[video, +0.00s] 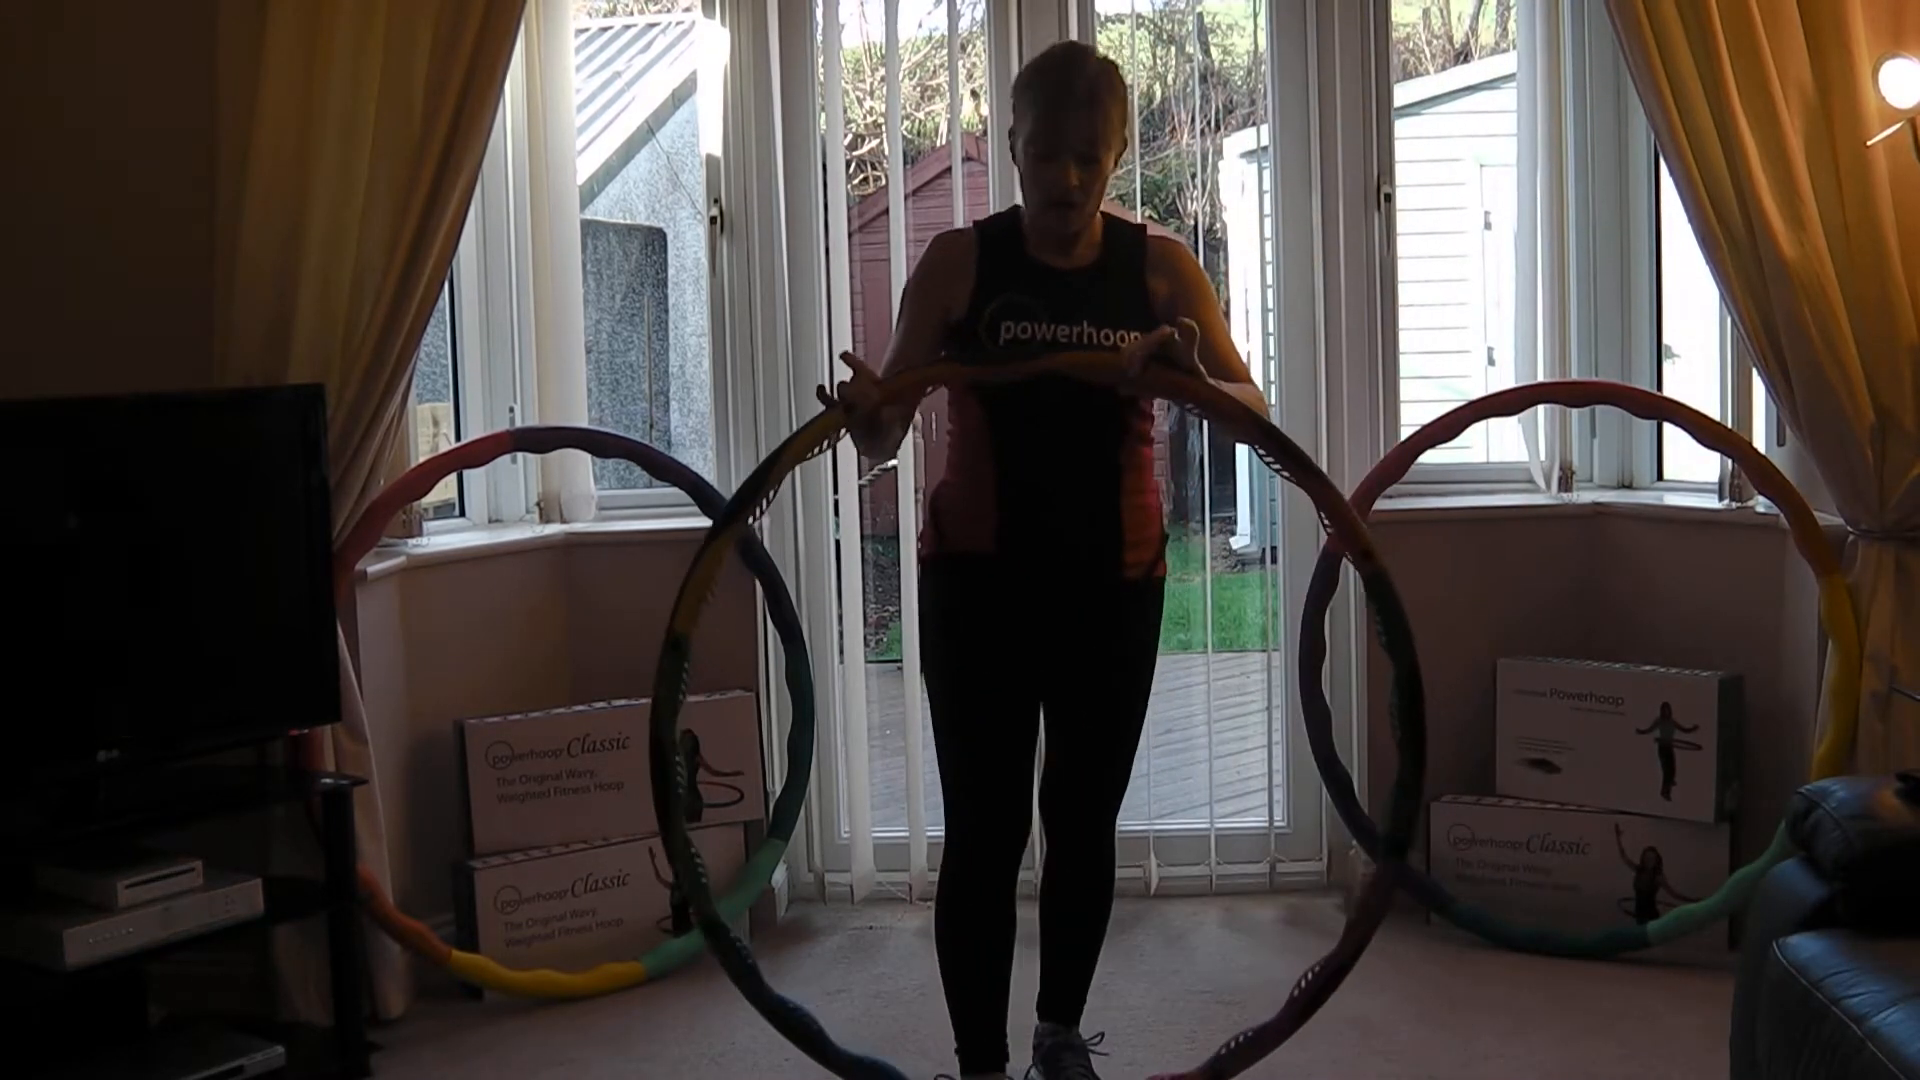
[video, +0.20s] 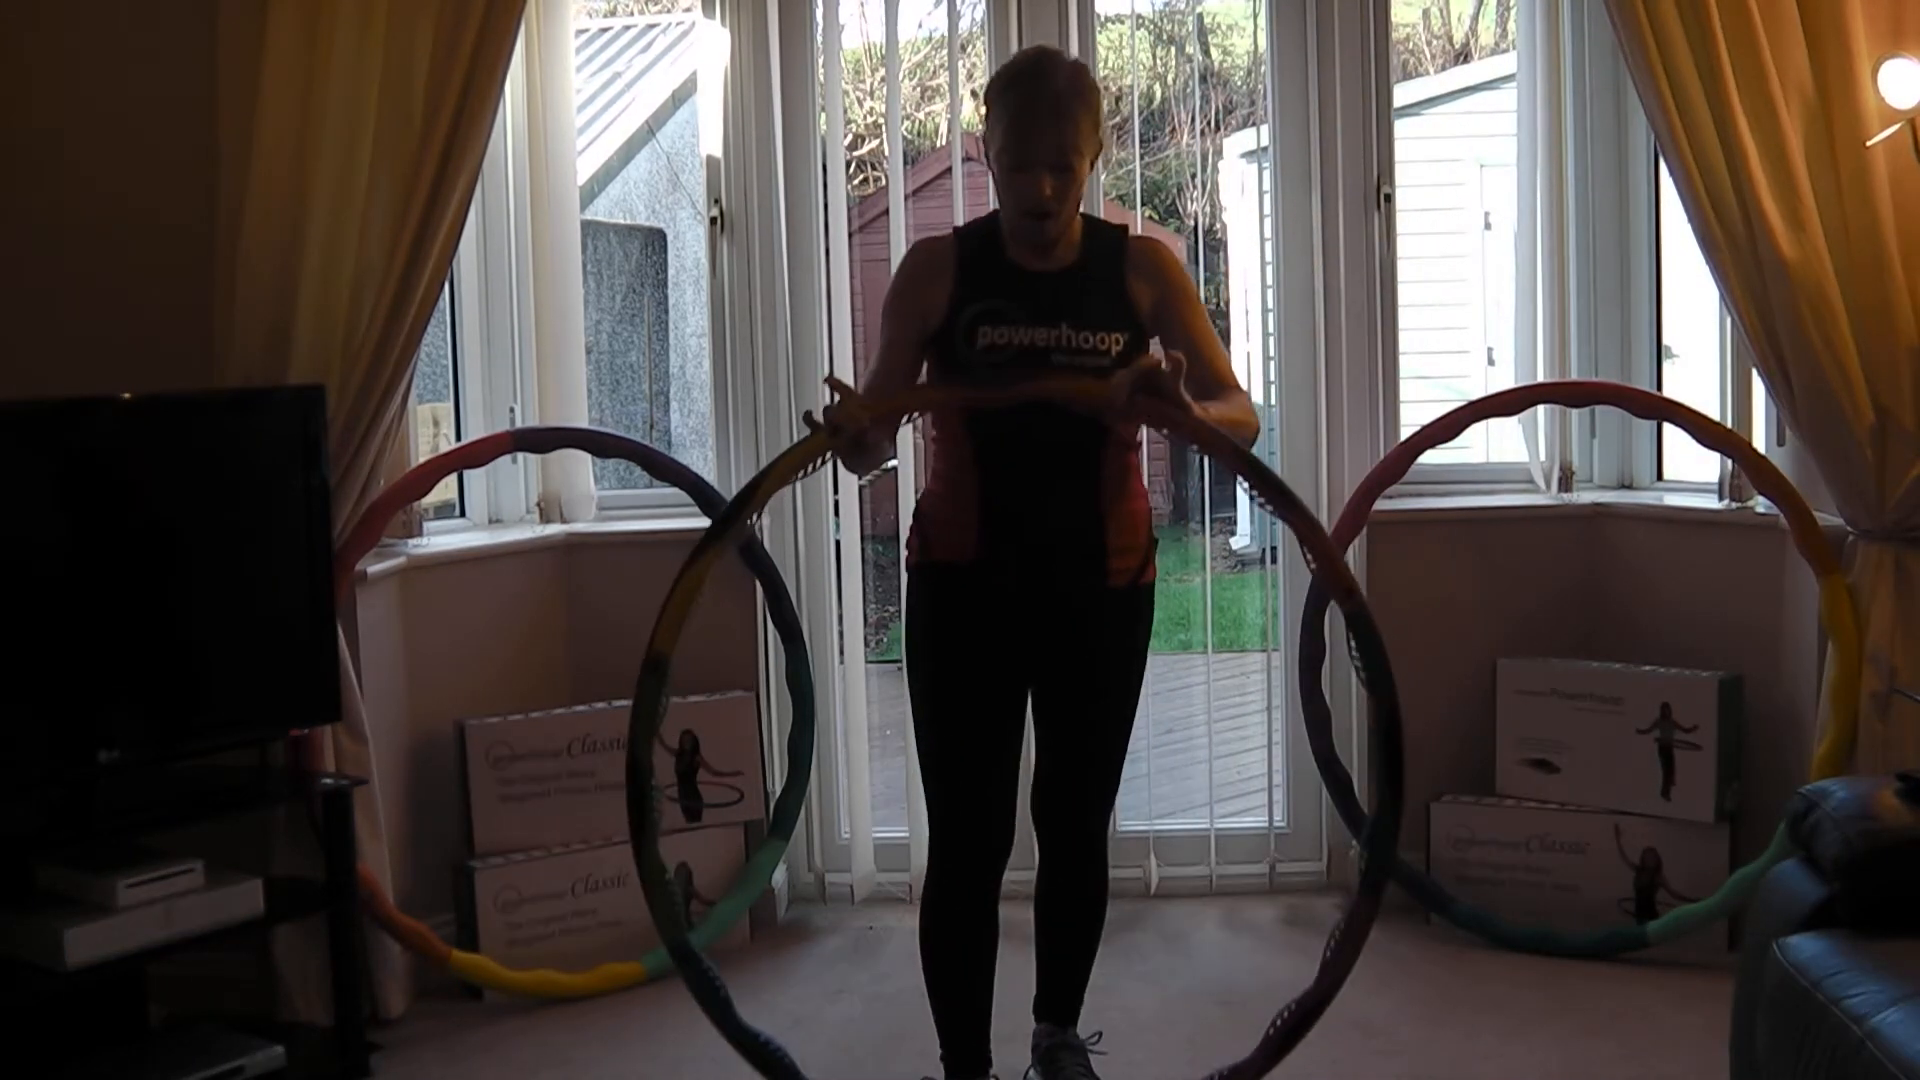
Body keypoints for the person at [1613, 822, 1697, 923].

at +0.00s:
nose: (1648, 860)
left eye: (1652, 857)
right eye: (1646, 857)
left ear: (1656, 860)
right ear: (1642, 858)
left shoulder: (1658, 876)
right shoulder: (1639, 871)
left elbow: (1673, 894)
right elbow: (1623, 857)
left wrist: (1693, 901)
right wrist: (1618, 837)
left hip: (1651, 912)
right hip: (1639, 911)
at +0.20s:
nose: (1648, 860)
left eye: (1652, 857)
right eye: (1646, 857)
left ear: (1657, 860)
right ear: (1642, 859)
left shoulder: (1657, 877)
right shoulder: (1639, 871)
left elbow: (1673, 894)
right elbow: (1623, 857)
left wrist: (1693, 901)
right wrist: (1618, 839)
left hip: (1651, 912)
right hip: (1638, 911)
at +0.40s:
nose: (1649, 860)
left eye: (1652, 857)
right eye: (1646, 856)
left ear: (1657, 859)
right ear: (1642, 858)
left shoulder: (1657, 876)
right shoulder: (1639, 871)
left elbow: (1673, 894)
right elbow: (1624, 857)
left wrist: (1693, 901)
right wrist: (1618, 839)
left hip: (1651, 913)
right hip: (1639, 912)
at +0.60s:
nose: (1648, 859)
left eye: (1651, 857)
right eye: (1646, 856)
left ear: (1656, 859)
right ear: (1642, 858)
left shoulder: (1657, 876)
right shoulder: (1639, 871)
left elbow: (1673, 894)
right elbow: (1624, 856)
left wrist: (1693, 901)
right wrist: (1618, 839)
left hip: (1651, 913)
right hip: (1639, 912)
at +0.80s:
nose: (1648, 859)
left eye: (1651, 857)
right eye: (1646, 856)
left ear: (1656, 859)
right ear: (1642, 858)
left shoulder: (1657, 876)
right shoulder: (1639, 871)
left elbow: (1673, 894)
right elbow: (1623, 856)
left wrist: (1693, 901)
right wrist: (1618, 839)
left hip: (1651, 913)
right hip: (1639, 912)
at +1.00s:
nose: (1648, 859)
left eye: (1651, 857)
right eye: (1646, 856)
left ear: (1656, 859)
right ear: (1642, 858)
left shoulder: (1657, 876)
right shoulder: (1639, 871)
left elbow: (1673, 894)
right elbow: (1623, 856)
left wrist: (1692, 901)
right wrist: (1618, 839)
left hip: (1651, 913)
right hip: (1639, 912)